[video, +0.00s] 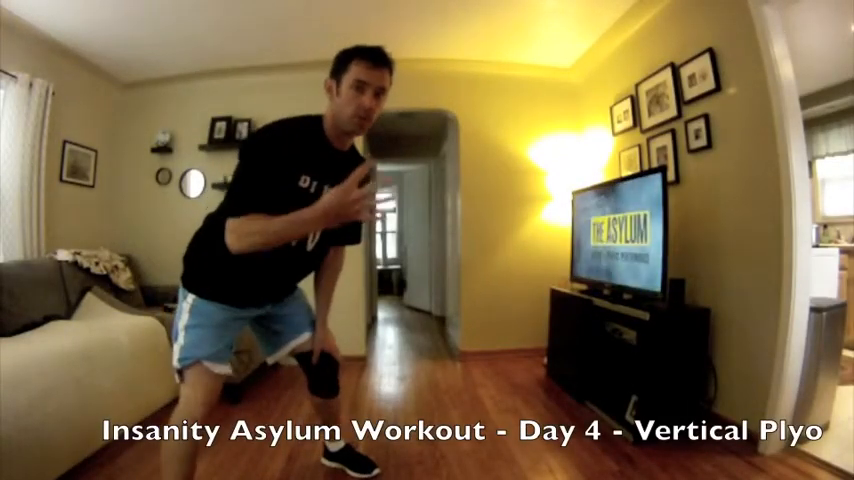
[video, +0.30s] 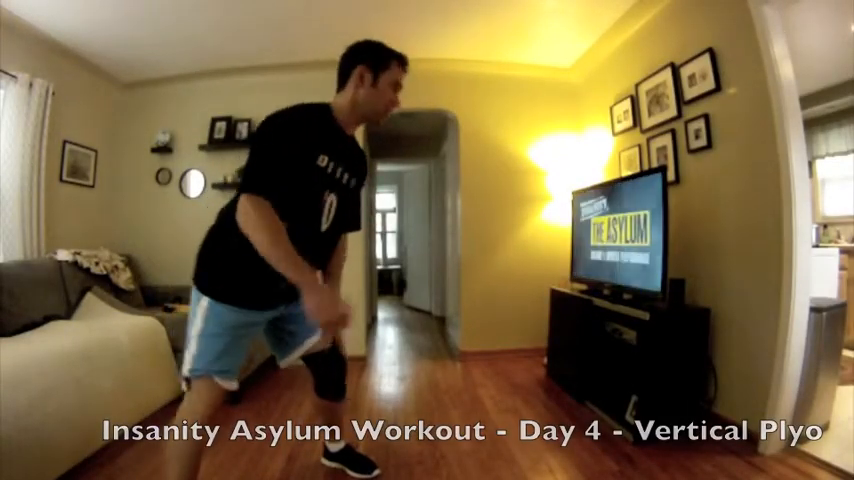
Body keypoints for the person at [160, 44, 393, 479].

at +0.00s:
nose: (369, 104)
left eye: (379, 95)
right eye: (360, 88)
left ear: (384, 102)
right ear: (331, 88)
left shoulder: (355, 170)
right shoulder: (273, 141)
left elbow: (334, 249)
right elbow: (237, 236)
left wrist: (321, 322)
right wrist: (324, 214)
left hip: (276, 285)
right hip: (216, 284)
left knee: (323, 365)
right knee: (201, 394)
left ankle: (335, 447)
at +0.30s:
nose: (397, 102)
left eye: (399, 91)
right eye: (393, 88)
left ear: (367, 83)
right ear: (361, 78)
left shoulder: (356, 161)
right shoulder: (289, 125)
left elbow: (337, 239)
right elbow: (252, 209)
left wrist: (329, 301)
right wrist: (309, 285)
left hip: (294, 290)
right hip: (232, 284)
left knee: (331, 370)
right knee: (206, 397)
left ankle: (335, 447)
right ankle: (178, 473)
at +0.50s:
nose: (397, 92)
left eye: (399, 82)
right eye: (394, 80)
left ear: (369, 77)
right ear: (365, 72)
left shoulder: (360, 155)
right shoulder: (303, 117)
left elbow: (346, 235)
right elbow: (270, 201)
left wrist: (349, 302)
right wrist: (264, 295)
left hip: (317, 284)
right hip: (262, 285)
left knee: (346, 369)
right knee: (230, 393)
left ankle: (335, 447)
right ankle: (193, 474)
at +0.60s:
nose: (400, 86)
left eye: (402, 78)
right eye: (396, 75)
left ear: (369, 72)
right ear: (368, 68)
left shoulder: (363, 144)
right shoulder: (307, 110)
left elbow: (353, 221)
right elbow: (270, 189)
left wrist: (352, 285)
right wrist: (257, 274)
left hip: (328, 280)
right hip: (278, 278)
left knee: (346, 367)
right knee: (249, 385)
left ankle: (336, 447)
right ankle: (205, 473)